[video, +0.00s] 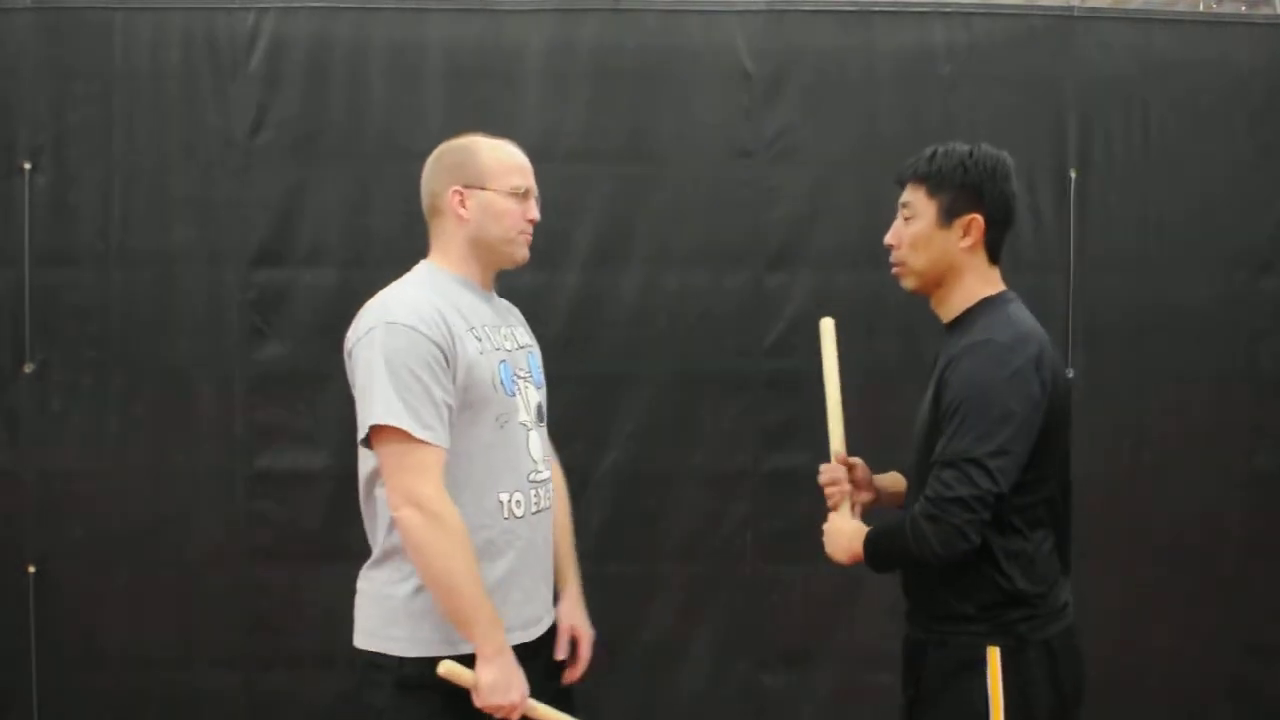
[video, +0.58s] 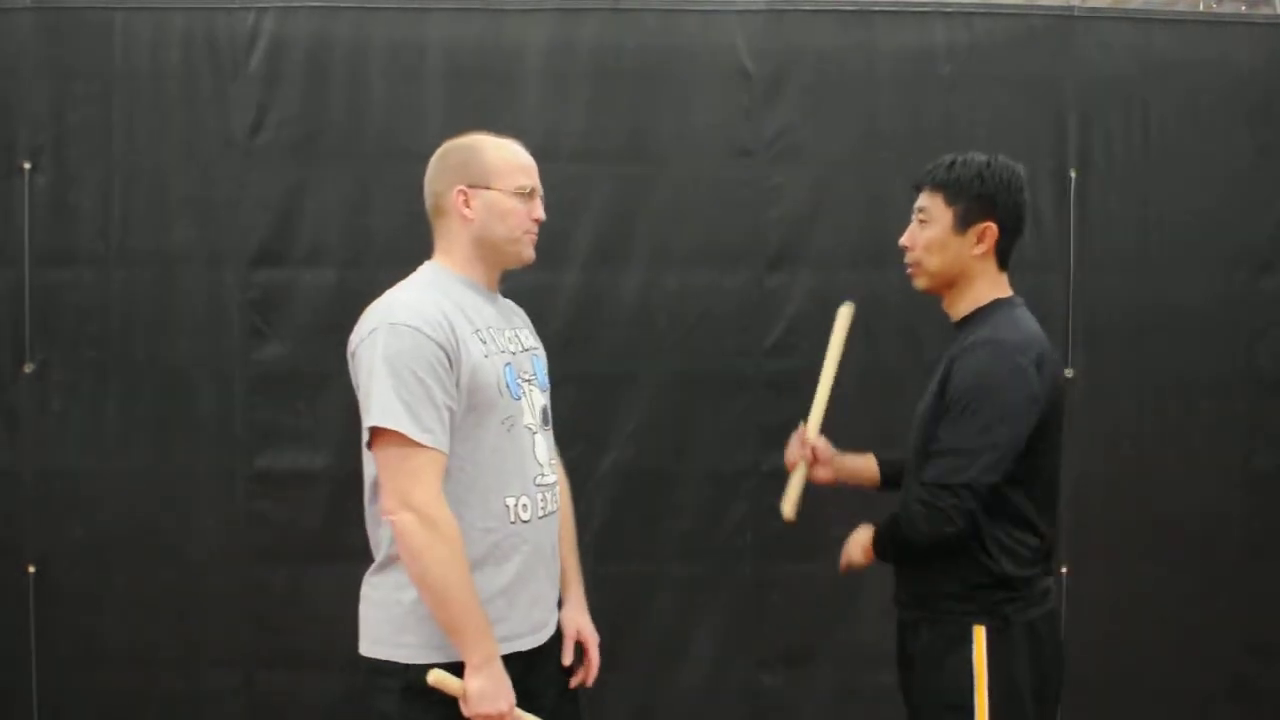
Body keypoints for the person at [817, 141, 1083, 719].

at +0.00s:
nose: (889, 237)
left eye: (908, 217)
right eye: (896, 217)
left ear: (967, 231)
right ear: (962, 233)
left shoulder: (996, 352)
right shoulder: (981, 340)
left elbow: (952, 526)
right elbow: (968, 480)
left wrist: (864, 543)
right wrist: (880, 488)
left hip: (994, 654)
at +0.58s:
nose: (905, 240)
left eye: (923, 222)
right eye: (911, 221)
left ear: (982, 238)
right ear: (978, 240)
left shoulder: (1001, 352)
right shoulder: (982, 342)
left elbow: (943, 513)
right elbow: (941, 470)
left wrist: (877, 537)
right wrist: (843, 467)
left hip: (983, 637)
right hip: (961, 630)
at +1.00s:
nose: (904, 246)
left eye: (918, 230)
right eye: (908, 229)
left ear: (974, 242)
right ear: (970, 245)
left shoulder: (967, 352)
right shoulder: (1001, 334)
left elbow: (860, 469)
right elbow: (873, 388)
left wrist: (886, 414)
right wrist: (875, 279)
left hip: (964, 620)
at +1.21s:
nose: (895, 247)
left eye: (912, 228)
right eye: (900, 228)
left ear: (971, 244)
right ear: (966, 246)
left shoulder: (998, 363)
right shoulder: (934, 352)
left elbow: (878, 492)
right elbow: (806, 378)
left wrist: (855, 445)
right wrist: (792, 265)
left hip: (968, 650)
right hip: (919, 642)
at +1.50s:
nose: (874, 239)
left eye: (894, 220)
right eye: (880, 219)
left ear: (957, 238)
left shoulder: (1005, 367)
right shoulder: (873, 351)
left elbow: (922, 507)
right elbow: (740, 356)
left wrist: (839, 469)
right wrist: (688, 259)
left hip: (961, 657)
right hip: (877, 649)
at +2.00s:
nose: (857, 241)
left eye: (880, 222)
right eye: (862, 223)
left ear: (940, 240)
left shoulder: (990, 366)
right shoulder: (851, 356)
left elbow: (943, 453)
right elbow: (772, 448)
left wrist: (833, 421)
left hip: (944, 647)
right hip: (856, 640)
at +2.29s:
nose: (852, 245)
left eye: (874, 227)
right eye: (858, 227)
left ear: (933, 244)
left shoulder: (942, 343)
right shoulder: (888, 346)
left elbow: (800, 300)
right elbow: (820, 455)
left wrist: (678, 257)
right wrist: (771, 524)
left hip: (925, 643)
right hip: (872, 635)